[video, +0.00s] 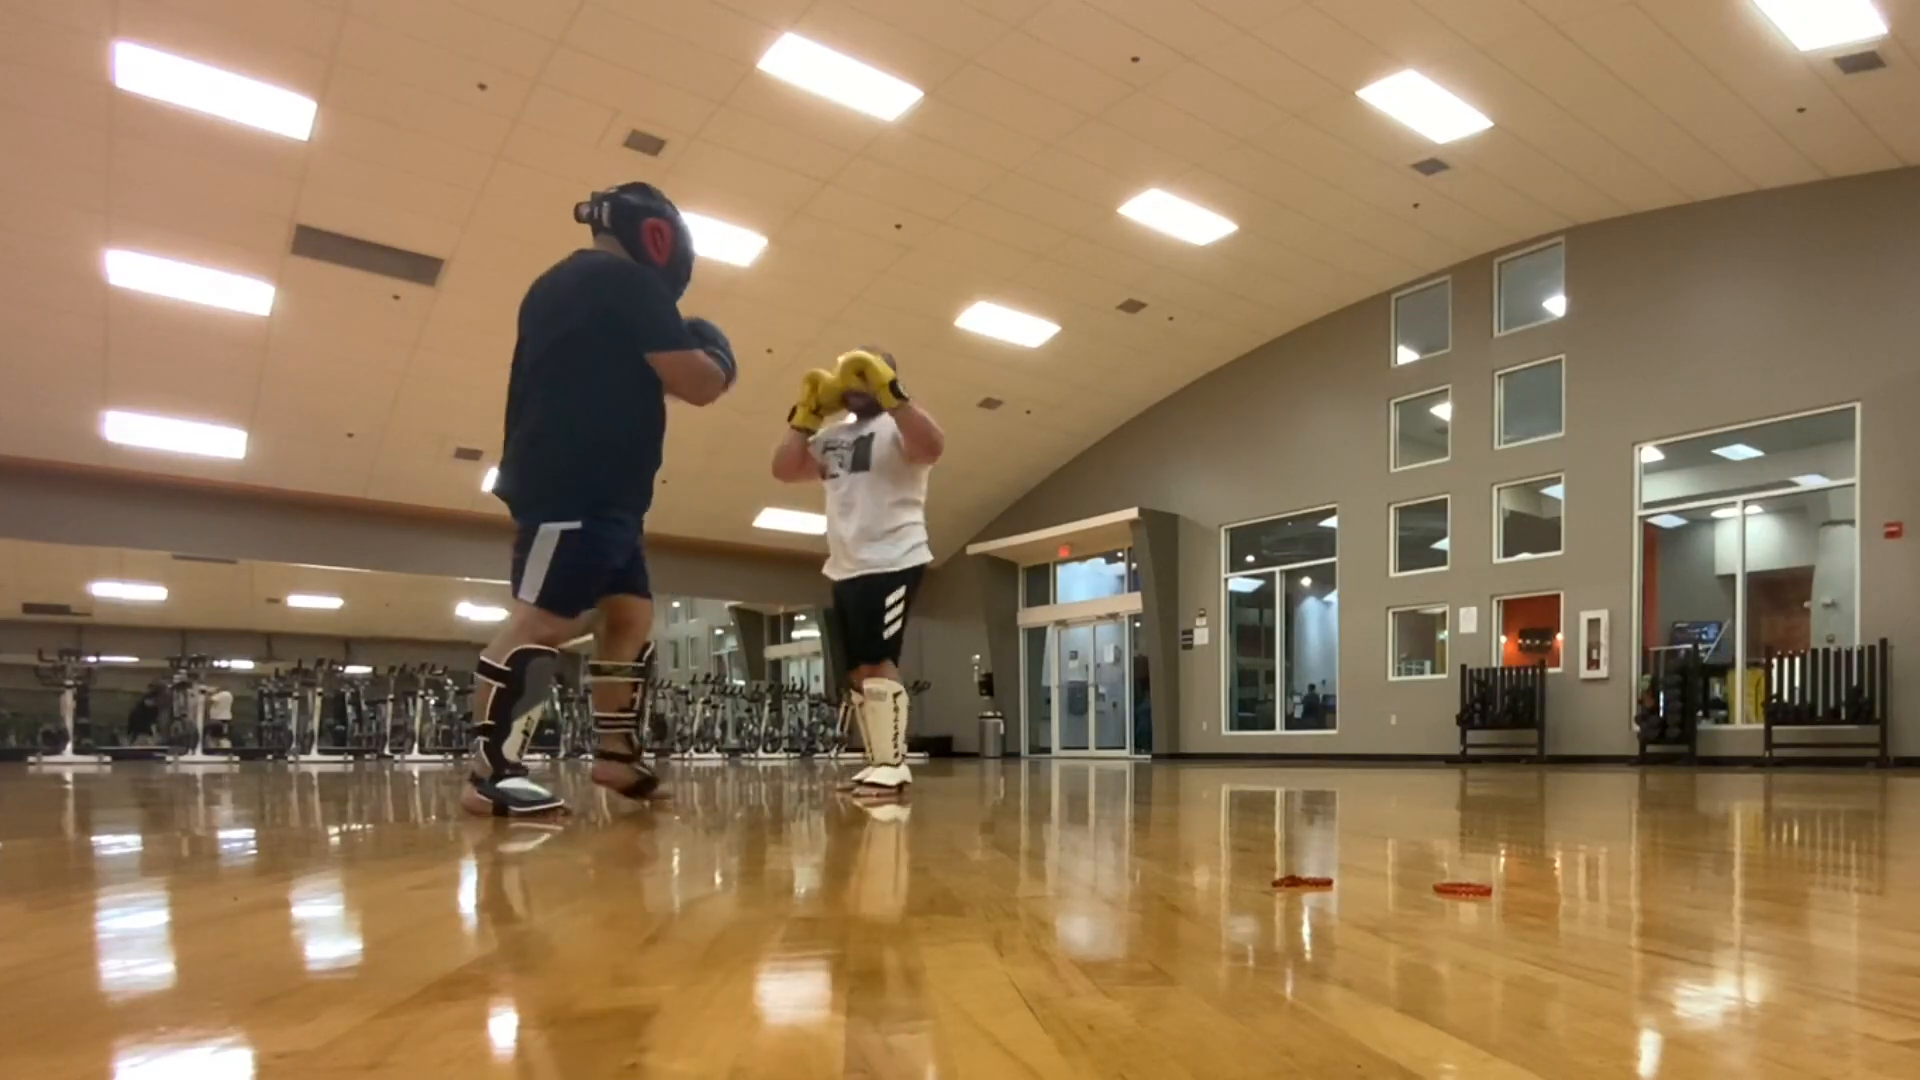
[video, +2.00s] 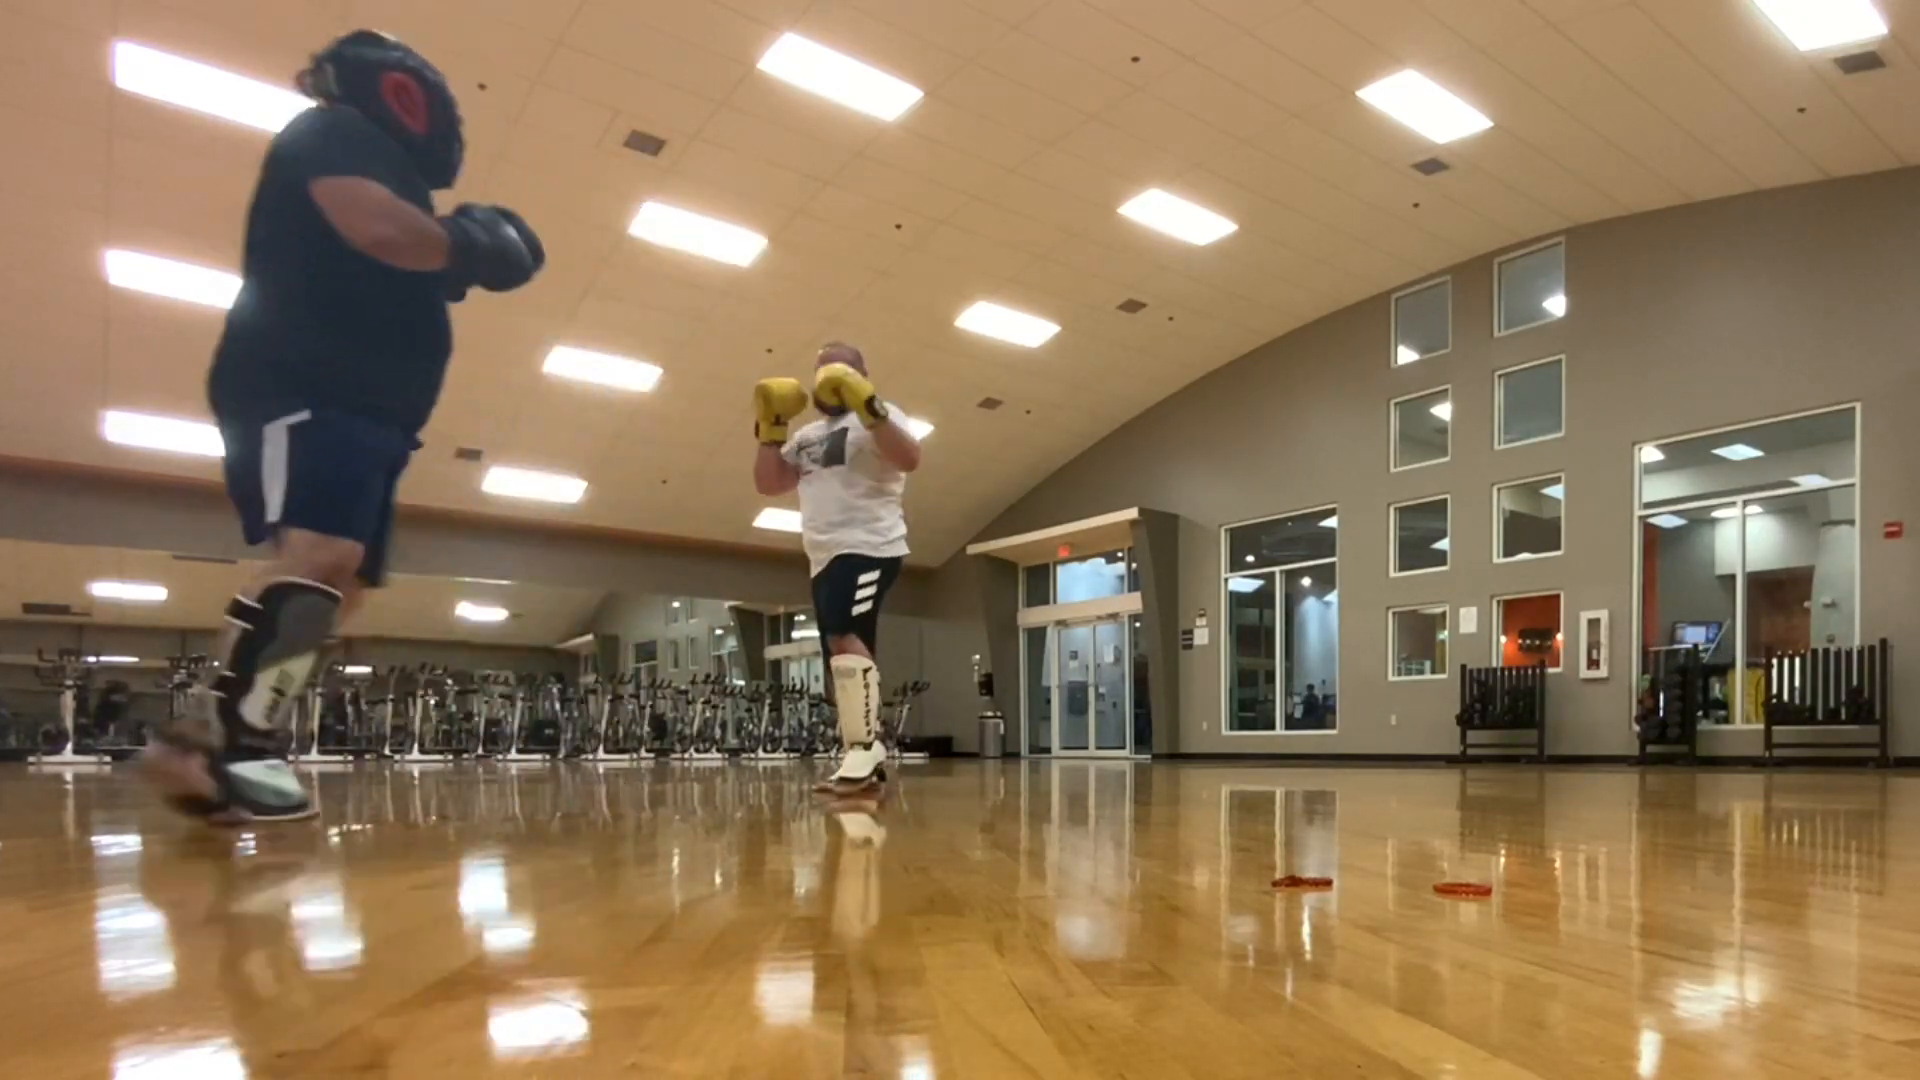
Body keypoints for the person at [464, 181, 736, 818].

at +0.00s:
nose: (676, 263)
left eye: (676, 251)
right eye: (675, 249)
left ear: (605, 232)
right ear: (654, 235)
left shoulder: (552, 286)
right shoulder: (629, 282)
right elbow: (696, 383)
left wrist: (667, 335)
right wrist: (718, 350)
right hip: (582, 485)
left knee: (629, 617)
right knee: (541, 620)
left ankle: (618, 757)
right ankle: (488, 769)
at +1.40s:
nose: (653, 257)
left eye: (654, 247)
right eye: (646, 243)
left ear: (606, 240)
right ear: (615, 235)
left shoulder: (620, 303)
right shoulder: (553, 271)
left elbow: (676, 273)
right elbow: (577, 341)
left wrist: (719, 240)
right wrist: (655, 352)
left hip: (584, 492)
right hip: (521, 472)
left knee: (601, 623)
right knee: (513, 601)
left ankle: (575, 764)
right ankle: (457, 752)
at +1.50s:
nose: (639, 259)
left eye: (640, 247)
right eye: (634, 244)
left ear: (592, 242)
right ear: (604, 237)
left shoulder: (595, 311)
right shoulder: (535, 276)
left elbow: (639, 314)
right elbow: (557, 350)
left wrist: (681, 256)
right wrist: (637, 361)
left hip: (569, 496)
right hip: (504, 476)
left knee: (607, 623)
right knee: (489, 603)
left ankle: (578, 760)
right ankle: (395, 747)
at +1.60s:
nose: (606, 254)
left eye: (604, 240)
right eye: (597, 238)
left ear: (558, 240)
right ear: (567, 235)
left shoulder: (557, 315)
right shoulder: (507, 284)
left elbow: (566, 382)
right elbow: (534, 369)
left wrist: (638, 349)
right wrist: (621, 380)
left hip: (555, 507)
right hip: (490, 490)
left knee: (606, 629)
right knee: (471, 614)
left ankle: (578, 768)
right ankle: (340, 745)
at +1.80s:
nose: (523, 199)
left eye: (520, 184)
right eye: (513, 181)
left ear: (467, 179)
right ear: (480, 173)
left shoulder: (465, 250)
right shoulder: (432, 224)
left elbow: (452, 359)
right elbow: (497, 319)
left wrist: (534, 378)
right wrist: (562, 316)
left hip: (459, 476)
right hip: (399, 462)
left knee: (495, 624)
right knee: (382, 614)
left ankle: (547, 760)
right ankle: (291, 770)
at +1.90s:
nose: (484, 149)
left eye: (483, 134)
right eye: (474, 129)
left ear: (431, 125)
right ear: (440, 118)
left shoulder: (431, 197)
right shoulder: (384, 164)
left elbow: (439, 288)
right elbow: (451, 264)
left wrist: (508, 277)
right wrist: (519, 272)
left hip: (416, 435)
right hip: (347, 416)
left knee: (425, 595)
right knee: (348, 576)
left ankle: (380, 762)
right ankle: (283, 755)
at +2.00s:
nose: (442, 120)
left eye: (439, 106)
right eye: (431, 100)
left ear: (387, 98)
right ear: (394, 88)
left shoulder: (384, 165)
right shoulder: (333, 132)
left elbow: (391, 241)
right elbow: (376, 229)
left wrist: (461, 233)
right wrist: (467, 247)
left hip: (362, 399)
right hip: (311, 384)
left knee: (343, 578)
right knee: (322, 554)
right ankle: (236, 743)